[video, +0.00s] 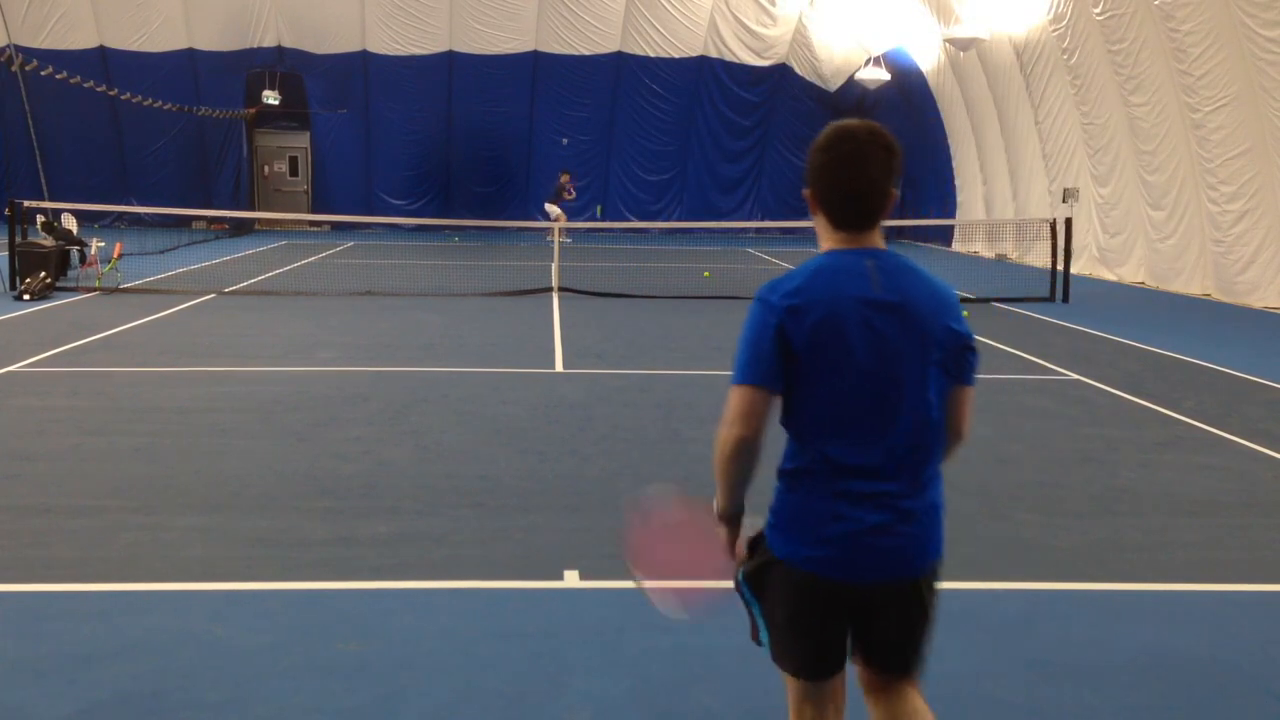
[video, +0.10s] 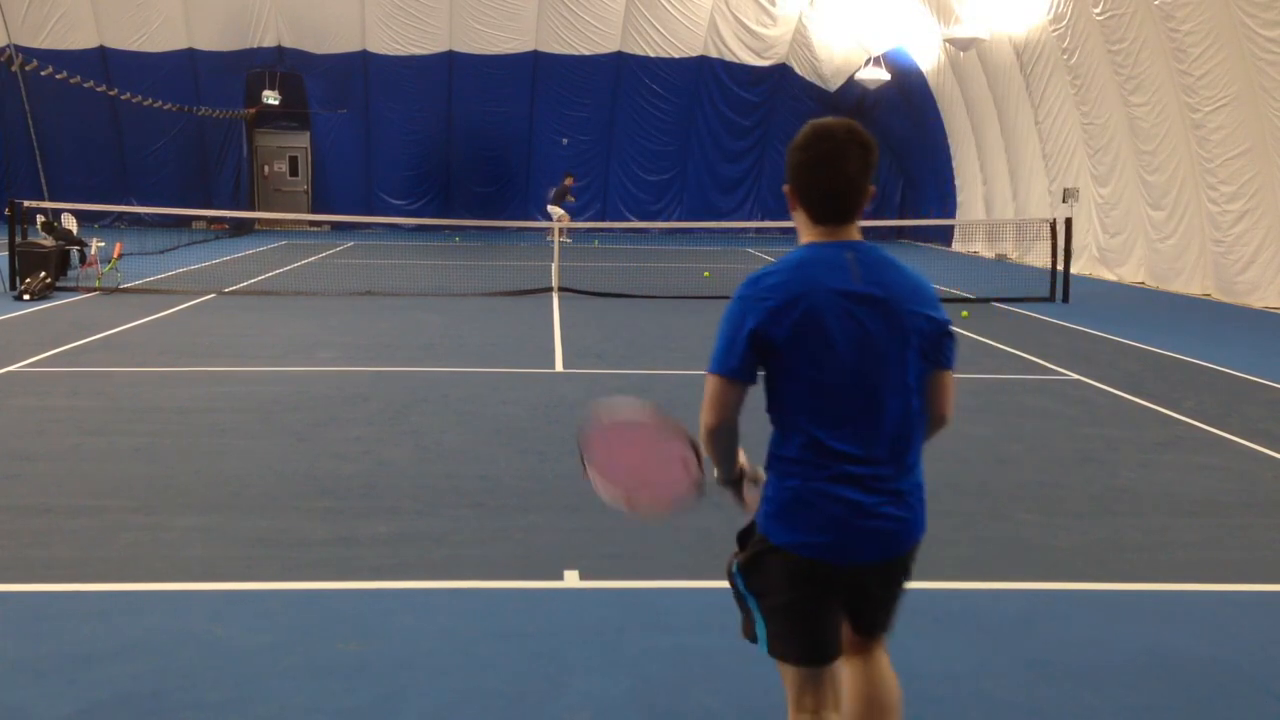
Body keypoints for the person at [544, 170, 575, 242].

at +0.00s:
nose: (568, 179)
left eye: (568, 177)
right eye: (567, 177)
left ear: (563, 177)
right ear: (562, 176)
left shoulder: (558, 184)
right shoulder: (561, 186)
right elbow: (566, 197)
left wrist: (567, 188)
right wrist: (573, 196)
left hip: (548, 203)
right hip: (551, 204)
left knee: (557, 219)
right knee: (563, 218)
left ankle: (551, 235)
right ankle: (561, 236)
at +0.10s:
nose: (572, 182)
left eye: (572, 180)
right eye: (571, 180)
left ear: (566, 179)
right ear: (567, 179)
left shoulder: (560, 187)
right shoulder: (565, 188)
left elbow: (564, 196)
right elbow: (567, 197)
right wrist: (572, 199)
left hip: (550, 205)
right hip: (554, 206)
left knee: (556, 220)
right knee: (566, 218)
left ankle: (551, 235)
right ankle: (563, 236)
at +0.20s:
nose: (572, 181)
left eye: (572, 179)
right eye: (571, 179)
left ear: (570, 179)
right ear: (567, 178)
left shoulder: (562, 184)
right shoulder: (564, 184)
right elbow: (569, 196)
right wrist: (576, 205)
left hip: (554, 204)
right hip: (555, 204)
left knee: (560, 220)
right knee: (566, 217)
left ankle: (551, 235)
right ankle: (563, 236)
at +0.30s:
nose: (572, 178)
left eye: (573, 177)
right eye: (572, 176)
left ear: (572, 177)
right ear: (568, 174)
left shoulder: (569, 183)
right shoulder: (561, 180)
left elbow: (579, 186)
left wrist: (587, 187)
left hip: (563, 203)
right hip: (556, 201)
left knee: (563, 219)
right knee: (565, 217)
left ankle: (553, 232)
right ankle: (563, 236)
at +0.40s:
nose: (572, 174)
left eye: (572, 173)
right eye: (571, 172)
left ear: (572, 173)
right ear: (568, 171)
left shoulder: (567, 180)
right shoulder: (561, 175)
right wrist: (549, 159)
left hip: (564, 200)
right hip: (558, 199)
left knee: (565, 218)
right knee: (564, 216)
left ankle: (554, 231)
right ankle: (562, 235)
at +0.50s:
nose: (570, 172)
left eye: (571, 170)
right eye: (569, 170)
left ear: (571, 171)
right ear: (566, 168)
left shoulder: (568, 180)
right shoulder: (559, 174)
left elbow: (568, 191)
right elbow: (551, 165)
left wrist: (569, 199)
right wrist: (545, 156)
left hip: (564, 198)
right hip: (557, 197)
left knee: (565, 215)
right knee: (563, 214)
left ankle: (557, 233)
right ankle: (563, 235)